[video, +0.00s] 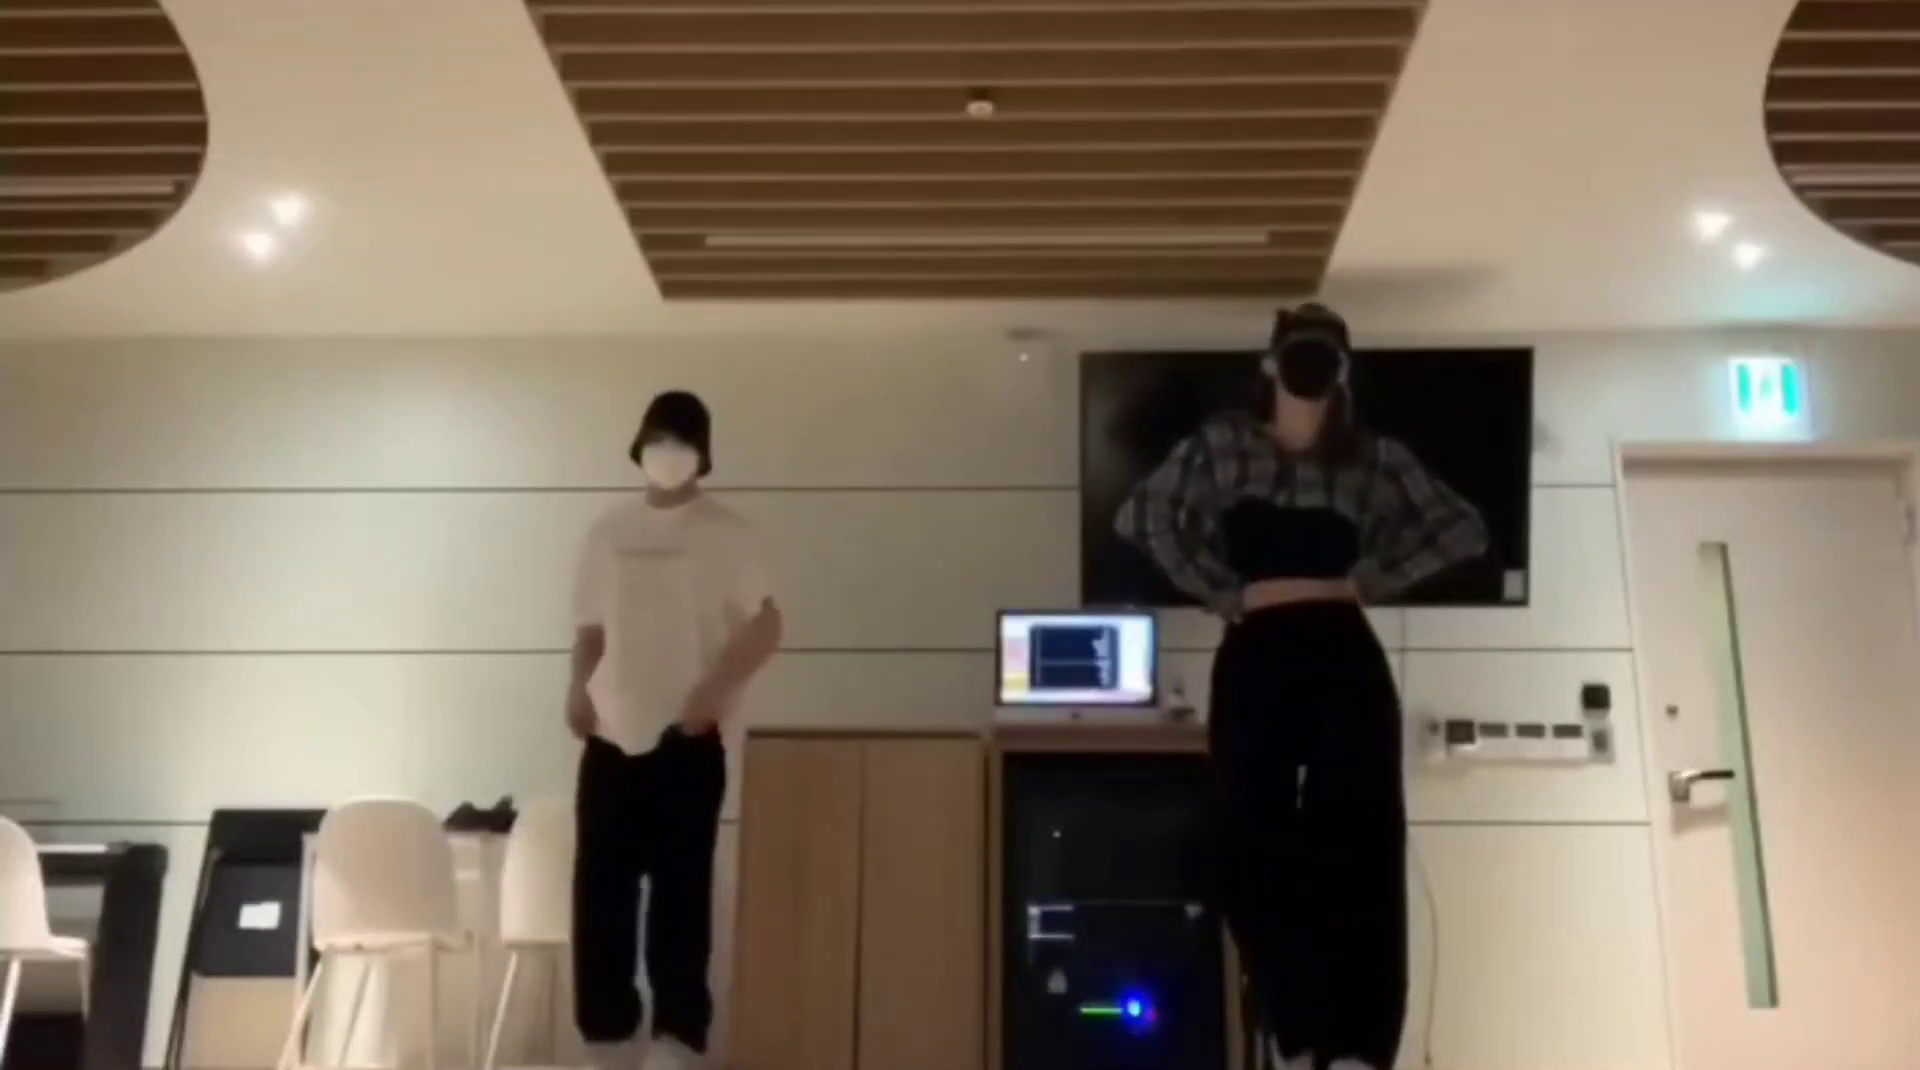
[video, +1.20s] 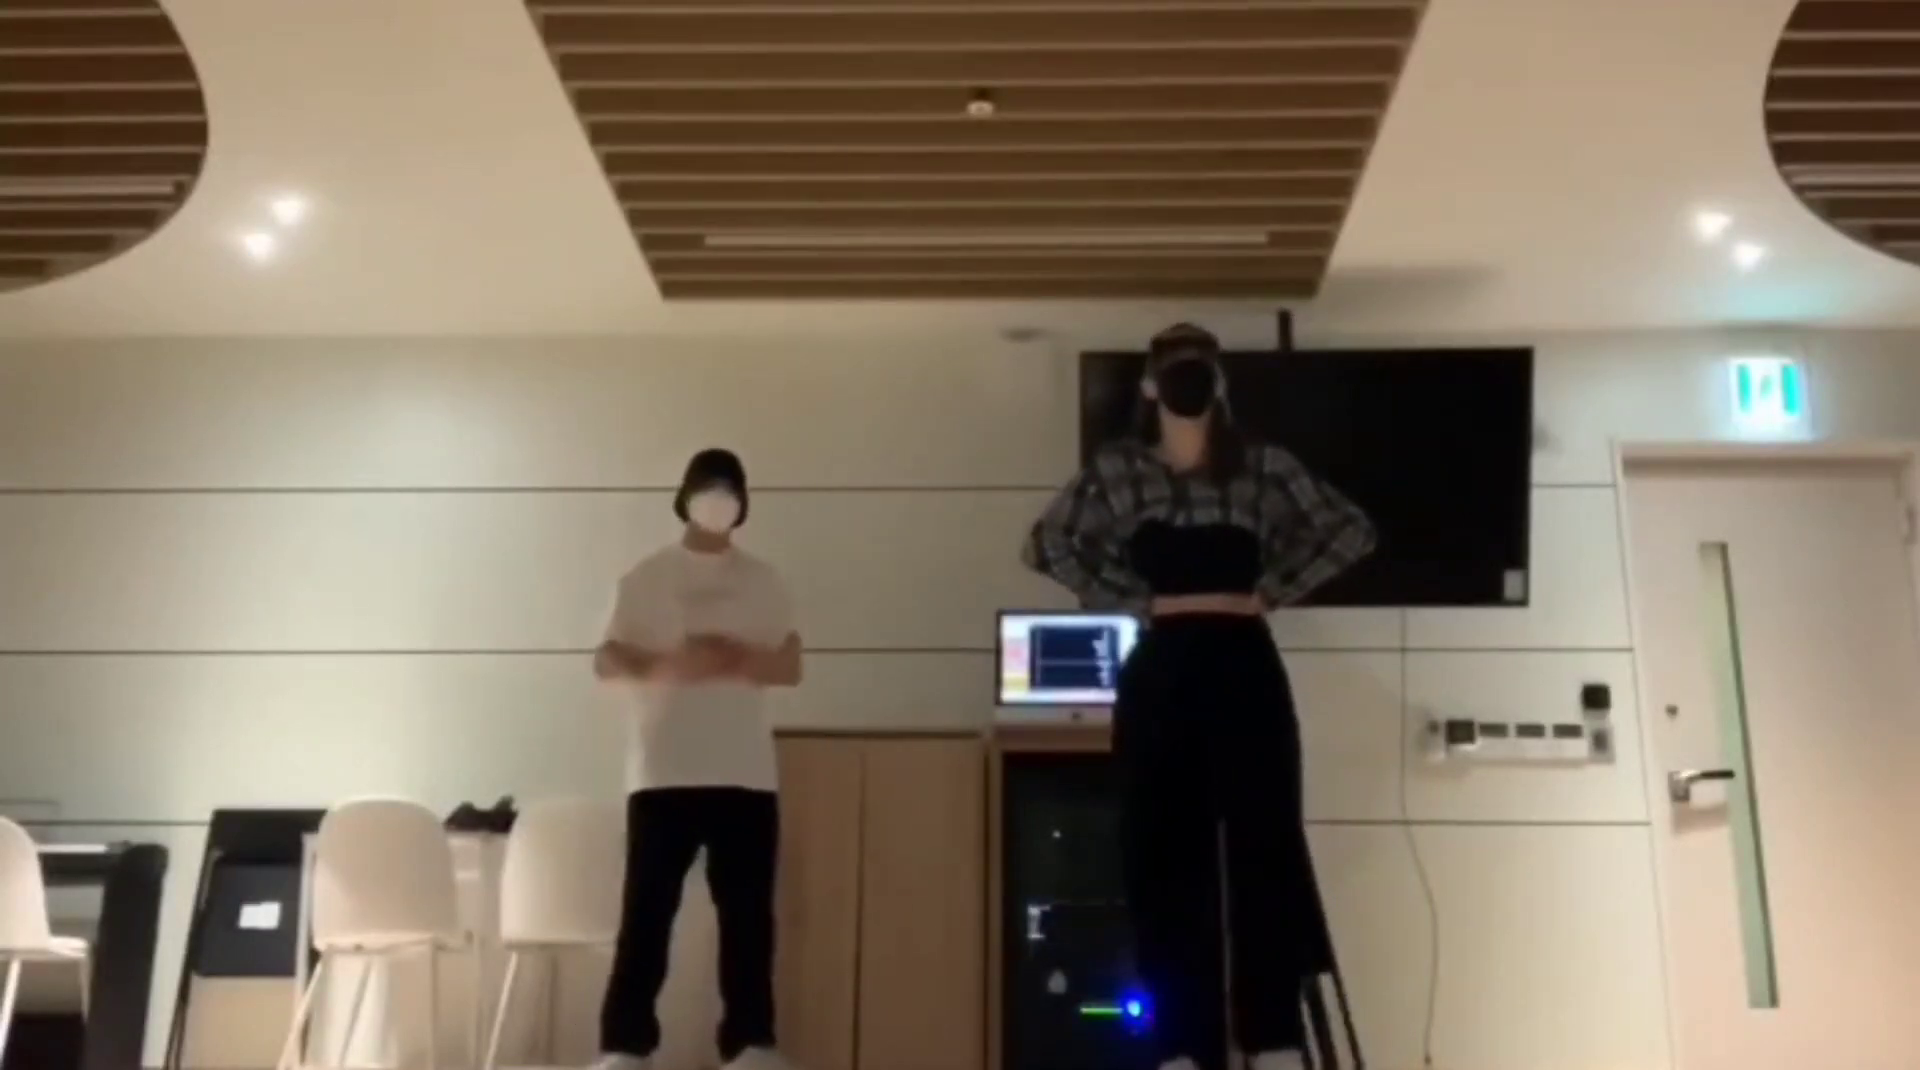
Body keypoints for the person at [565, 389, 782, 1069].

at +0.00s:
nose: (667, 455)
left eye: (681, 443)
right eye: (654, 443)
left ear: (703, 453)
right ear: (638, 451)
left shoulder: (733, 532)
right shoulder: (610, 530)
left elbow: (765, 624)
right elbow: (591, 624)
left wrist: (713, 692)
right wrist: (579, 684)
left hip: (692, 743)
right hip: (611, 743)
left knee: (682, 894)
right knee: (603, 893)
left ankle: (680, 1037)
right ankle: (606, 1036)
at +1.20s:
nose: (717, 504)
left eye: (728, 493)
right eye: (706, 491)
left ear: (743, 504)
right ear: (684, 499)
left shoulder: (763, 579)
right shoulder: (647, 576)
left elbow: (790, 667)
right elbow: (609, 661)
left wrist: (735, 656)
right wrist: (681, 661)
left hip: (744, 772)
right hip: (663, 772)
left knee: (748, 918)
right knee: (645, 918)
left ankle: (749, 1044)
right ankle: (625, 1046)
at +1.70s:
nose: (802, 526)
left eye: (813, 518)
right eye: (792, 511)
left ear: (821, 532)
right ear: (769, 516)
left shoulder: (814, 602)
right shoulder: (729, 580)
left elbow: (834, 694)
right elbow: (712, 659)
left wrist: (803, 698)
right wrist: (778, 685)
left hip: (802, 770)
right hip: (740, 764)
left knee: (790, 910)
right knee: (741, 905)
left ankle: (760, 1043)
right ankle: (707, 1043)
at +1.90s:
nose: (815, 525)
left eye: (827, 517)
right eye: (806, 511)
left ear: (836, 531)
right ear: (782, 515)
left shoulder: (821, 601)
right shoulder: (744, 576)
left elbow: (837, 677)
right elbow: (731, 657)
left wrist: (826, 727)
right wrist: (786, 717)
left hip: (806, 768)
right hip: (749, 762)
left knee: (795, 904)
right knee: (767, 902)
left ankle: (751, 1038)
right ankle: (778, 1036)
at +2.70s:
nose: (873, 498)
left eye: (884, 488)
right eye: (862, 485)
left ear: (897, 501)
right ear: (839, 493)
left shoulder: (888, 578)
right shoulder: (815, 566)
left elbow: (903, 677)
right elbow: (811, 658)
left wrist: (925, 757)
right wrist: (848, 747)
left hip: (902, 770)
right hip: (848, 770)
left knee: (896, 904)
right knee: (857, 914)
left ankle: (803, 1005)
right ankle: (876, 1044)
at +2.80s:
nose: (876, 497)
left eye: (887, 488)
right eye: (864, 484)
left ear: (899, 500)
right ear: (841, 492)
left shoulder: (892, 577)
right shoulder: (816, 564)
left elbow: (915, 669)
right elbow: (820, 654)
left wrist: (935, 742)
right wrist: (867, 733)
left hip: (909, 763)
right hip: (850, 763)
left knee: (929, 887)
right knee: (862, 901)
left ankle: (841, 1000)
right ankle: (876, 1039)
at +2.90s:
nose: (877, 495)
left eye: (888, 485)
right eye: (864, 482)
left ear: (900, 498)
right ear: (841, 490)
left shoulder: (901, 577)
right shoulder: (813, 564)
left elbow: (922, 667)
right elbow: (818, 643)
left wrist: (943, 740)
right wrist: (876, 709)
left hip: (917, 767)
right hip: (851, 766)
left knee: (946, 899)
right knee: (860, 910)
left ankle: (935, 1028)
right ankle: (875, 1043)